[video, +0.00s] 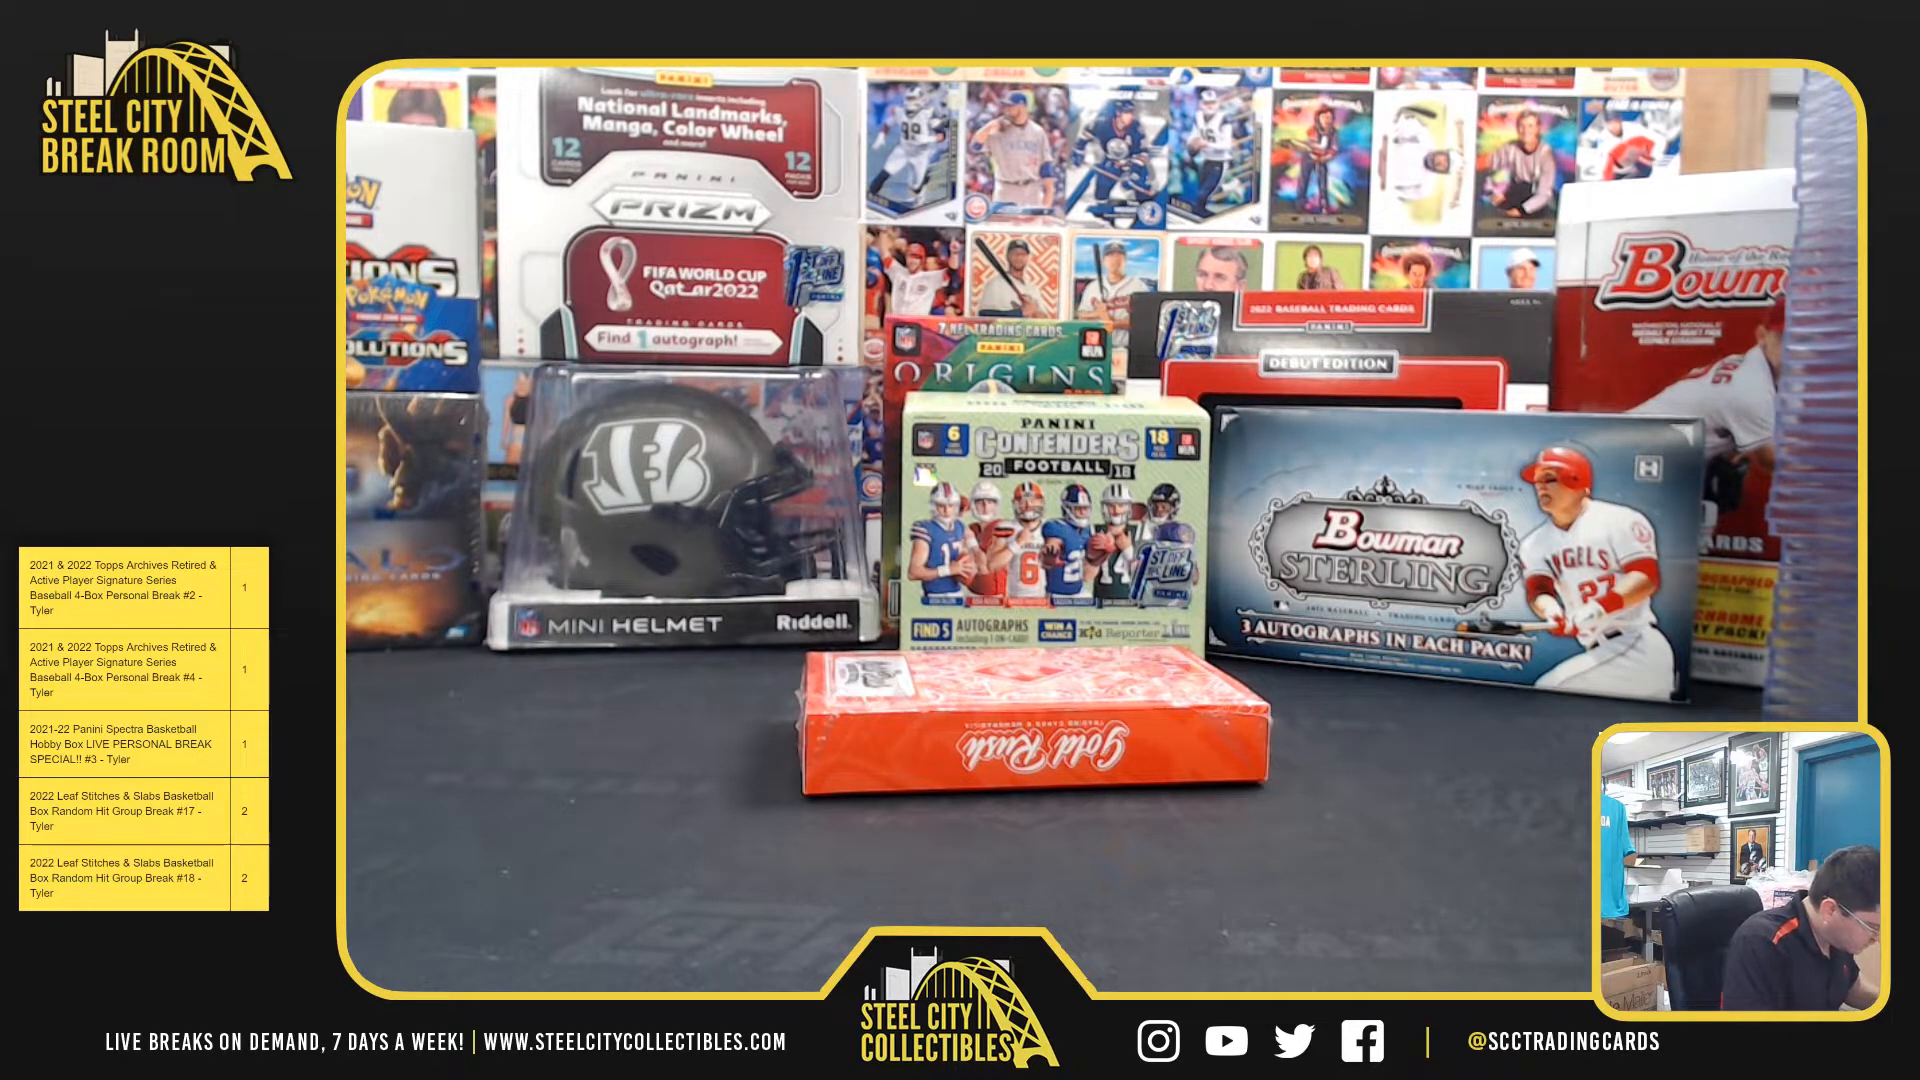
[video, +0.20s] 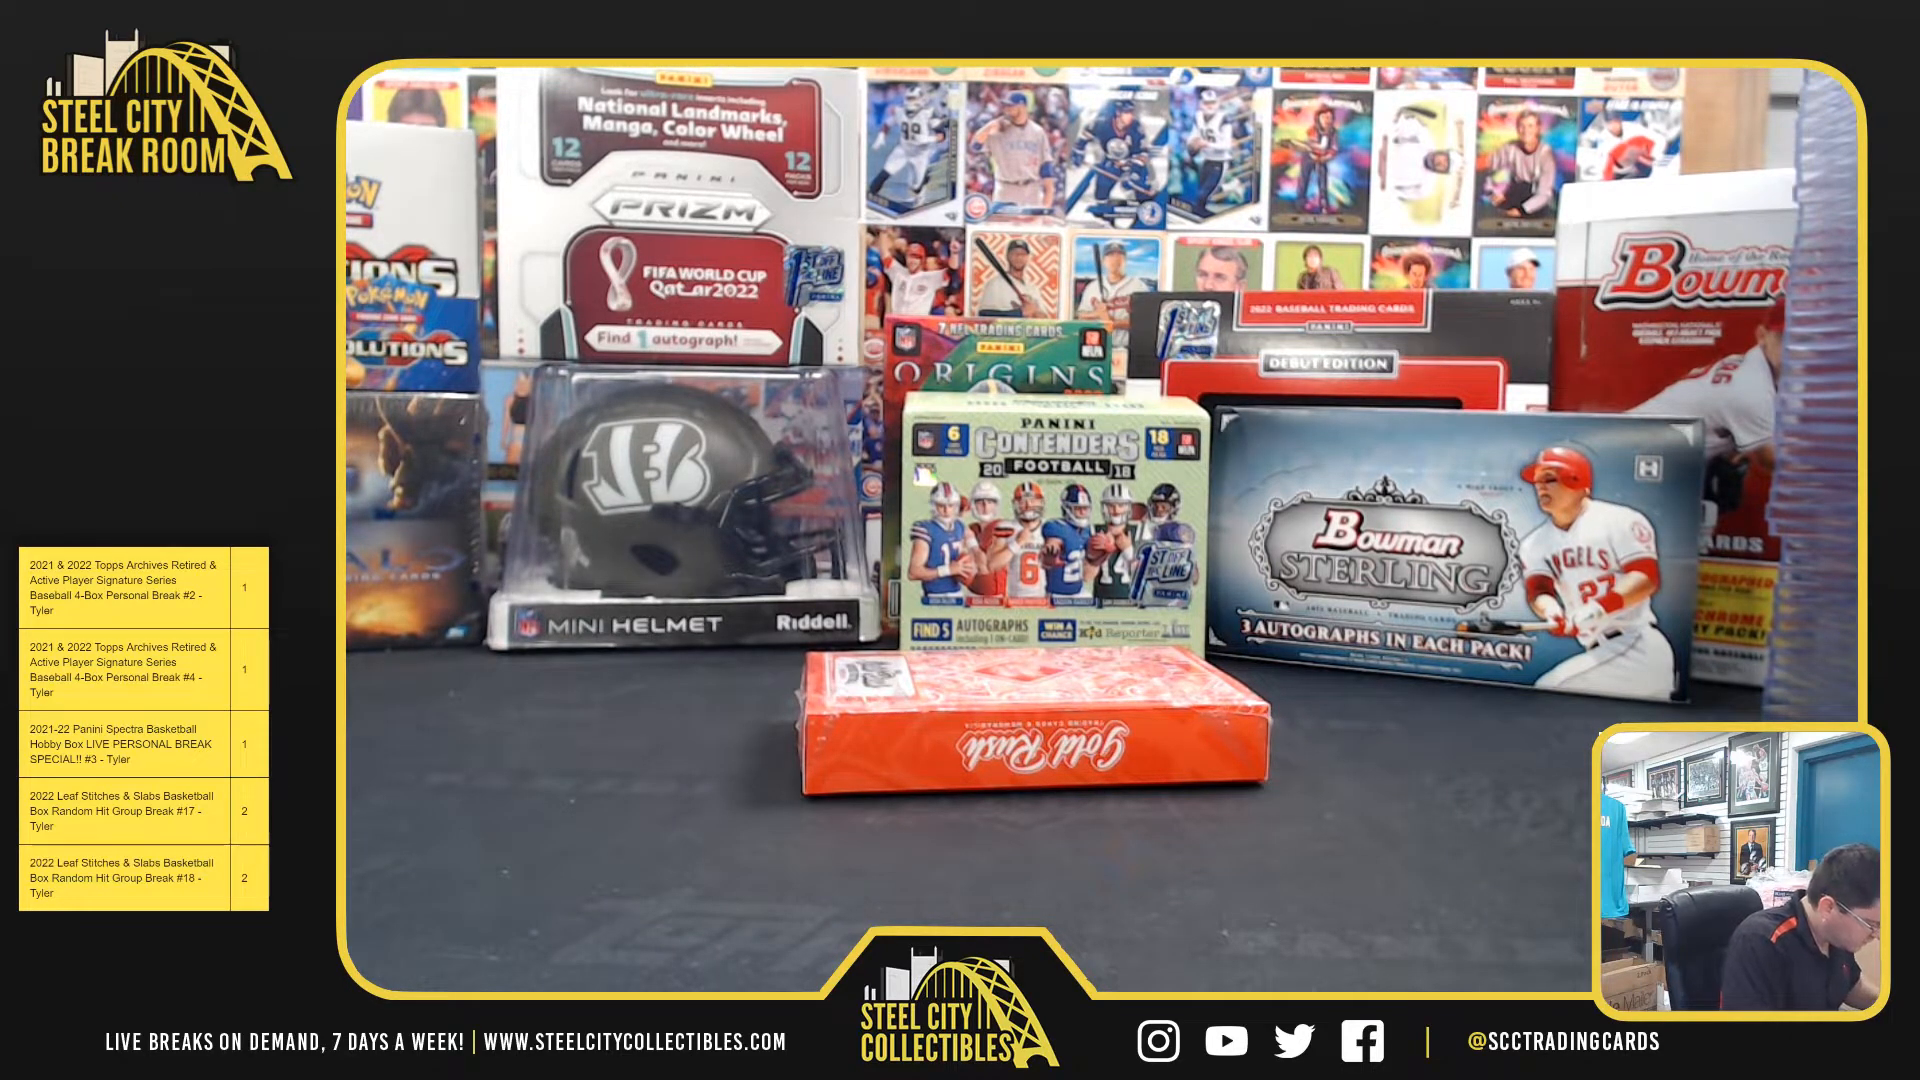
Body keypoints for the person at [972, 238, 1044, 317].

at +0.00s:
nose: (1019, 258)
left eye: (1023, 254)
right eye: (1015, 254)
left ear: (1028, 258)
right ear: (1008, 256)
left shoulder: (1032, 288)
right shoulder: (995, 284)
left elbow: (1045, 317)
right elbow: (985, 314)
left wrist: (1034, 310)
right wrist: (1020, 313)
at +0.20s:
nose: (1019, 258)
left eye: (1023, 254)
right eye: (1015, 254)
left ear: (1028, 258)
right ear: (1008, 256)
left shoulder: (1032, 288)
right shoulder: (995, 284)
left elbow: (1045, 317)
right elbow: (985, 314)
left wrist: (1034, 310)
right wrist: (1020, 313)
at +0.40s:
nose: (1019, 258)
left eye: (1023, 254)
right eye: (1015, 254)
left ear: (1028, 258)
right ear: (1008, 256)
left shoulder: (1032, 288)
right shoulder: (995, 284)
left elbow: (1045, 317)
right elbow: (985, 314)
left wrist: (1034, 310)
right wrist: (1020, 313)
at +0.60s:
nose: (1019, 258)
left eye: (1023, 254)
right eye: (1016, 254)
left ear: (1028, 258)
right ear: (1008, 256)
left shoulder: (1032, 289)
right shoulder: (995, 284)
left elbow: (1045, 317)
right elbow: (985, 314)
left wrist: (1033, 310)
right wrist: (1020, 313)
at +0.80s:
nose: (1019, 257)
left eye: (1023, 254)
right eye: (1015, 254)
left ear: (1028, 258)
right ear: (1008, 256)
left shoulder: (1033, 288)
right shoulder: (995, 285)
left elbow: (1044, 317)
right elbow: (985, 315)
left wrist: (1033, 310)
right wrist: (1020, 313)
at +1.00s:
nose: (1019, 257)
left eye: (1023, 254)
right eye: (1015, 254)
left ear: (1028, 258)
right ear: (1008, 256)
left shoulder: (1033, 288)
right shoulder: (995, 285)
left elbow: (1044, 317)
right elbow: (985, 315)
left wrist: (1033, 310)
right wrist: (1020, 313)